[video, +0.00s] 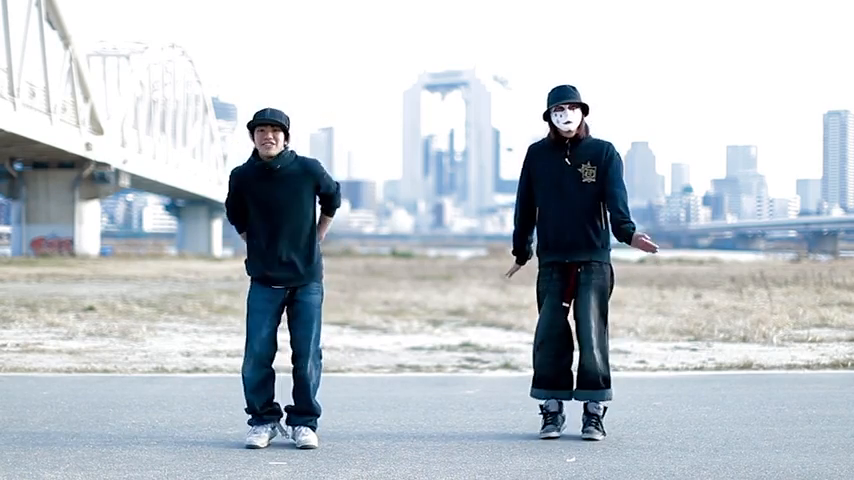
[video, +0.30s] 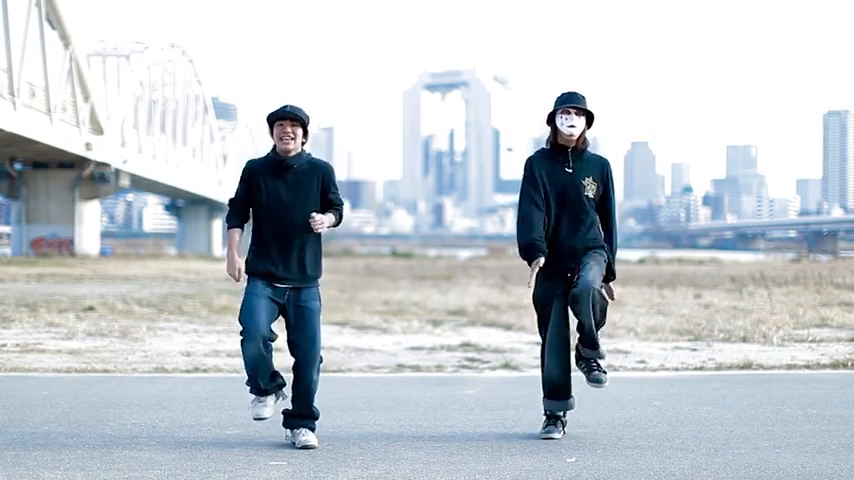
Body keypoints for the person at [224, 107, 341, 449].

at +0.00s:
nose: (268, 136)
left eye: (274, 131)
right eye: (262, 131)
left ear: (285, 136)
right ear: (252, 137)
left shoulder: (309, 170)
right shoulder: (241, 177)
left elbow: (332, 197)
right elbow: (236, 217)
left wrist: (318, 232)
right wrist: (257, 240)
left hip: (306, 276)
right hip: (264, 277)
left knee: (306, 351)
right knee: (257, 351)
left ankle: (304, 422)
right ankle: (262, 422)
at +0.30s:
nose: (287, 134)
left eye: (293, 129)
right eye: (281, 129)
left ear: (303, 134)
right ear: (272, 134)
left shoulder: (320, 171)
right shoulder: (255, 170)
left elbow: (336, 210)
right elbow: (236, 212)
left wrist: (327, 219)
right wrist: (232, 252)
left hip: (305, 280)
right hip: (263, 277)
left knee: (309, 355)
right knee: (253, 333)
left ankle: (302, 424)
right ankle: (266, 388)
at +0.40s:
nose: (281, 126)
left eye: (288, 122)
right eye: (276, 121)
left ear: (298, 129)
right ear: (266, 126)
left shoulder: (313, 166)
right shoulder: (250, 162)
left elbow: (327, 216)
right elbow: (234, 199)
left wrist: (325, 260)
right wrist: (233, 218)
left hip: (303, 271)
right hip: (261, 266)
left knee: (309, 349)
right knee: (250, 313)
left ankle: (301, 422)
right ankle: (273, 356)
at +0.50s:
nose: (276, 125)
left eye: (283, 120)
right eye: (271, 119)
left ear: (294, 127)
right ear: (262, 124)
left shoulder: (310, 168)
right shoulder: (250, 165)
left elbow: (320, 218)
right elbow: (242, 217)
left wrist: (328, 259)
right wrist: (235, 204)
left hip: (303, 273)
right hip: (260, 272)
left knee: (303, 352)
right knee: (251, 346)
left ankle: (303, 422)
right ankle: (269, 388)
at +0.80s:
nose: (277, 128)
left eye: (283, 124)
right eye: (271, 124)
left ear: (294, 132)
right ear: (261, 131)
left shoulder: (309, 171)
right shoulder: (245, 165)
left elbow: (335, 215)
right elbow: (222, 195)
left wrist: (335, 204)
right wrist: (208, 210)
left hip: (296, 259)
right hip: (257, 266)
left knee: (307, 280)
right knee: (255, 345)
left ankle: (291, 338)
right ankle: (262, 420)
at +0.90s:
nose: (281, 123)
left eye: (287, 118)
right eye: (274, 118)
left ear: (298, 125)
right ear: (265, 125)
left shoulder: (311, 164)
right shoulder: (250, 157)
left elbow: (320, 210)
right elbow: (223, 198)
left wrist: (330, 180)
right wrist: (206, 235)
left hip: (297, 255)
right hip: (257, 259)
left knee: (302, 296)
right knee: (255, 340)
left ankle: (294, 353)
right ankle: (259, 418)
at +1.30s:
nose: (280, 131)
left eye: (286, 127)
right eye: (274, 126)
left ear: (295, 138)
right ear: (265, 135)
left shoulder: (312, 172)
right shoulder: (249, 171)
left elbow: (348, 192)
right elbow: (211, 193)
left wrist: (321, 161)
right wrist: (224, 162)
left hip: (300, 274)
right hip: (261, 267)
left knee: (299, 355)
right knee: (242, 289)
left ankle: (295, 428)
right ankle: (261, 342)